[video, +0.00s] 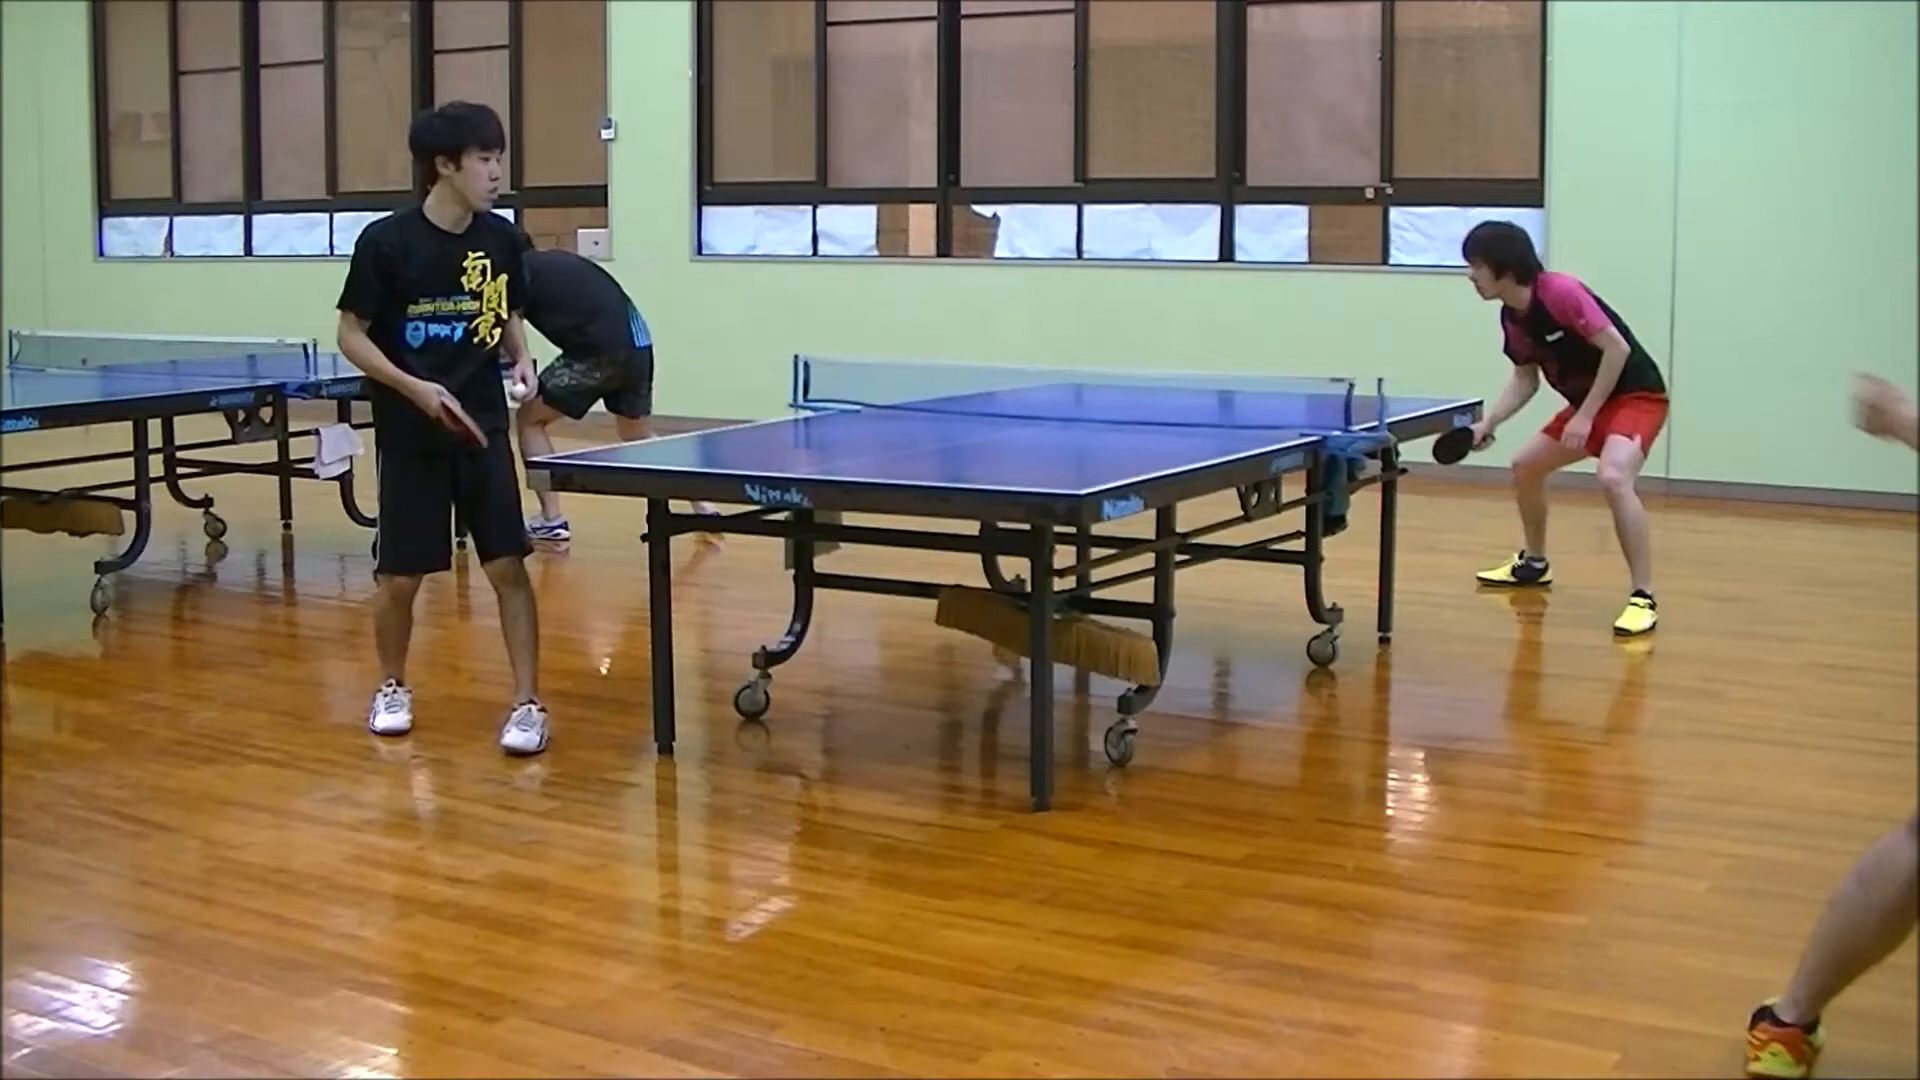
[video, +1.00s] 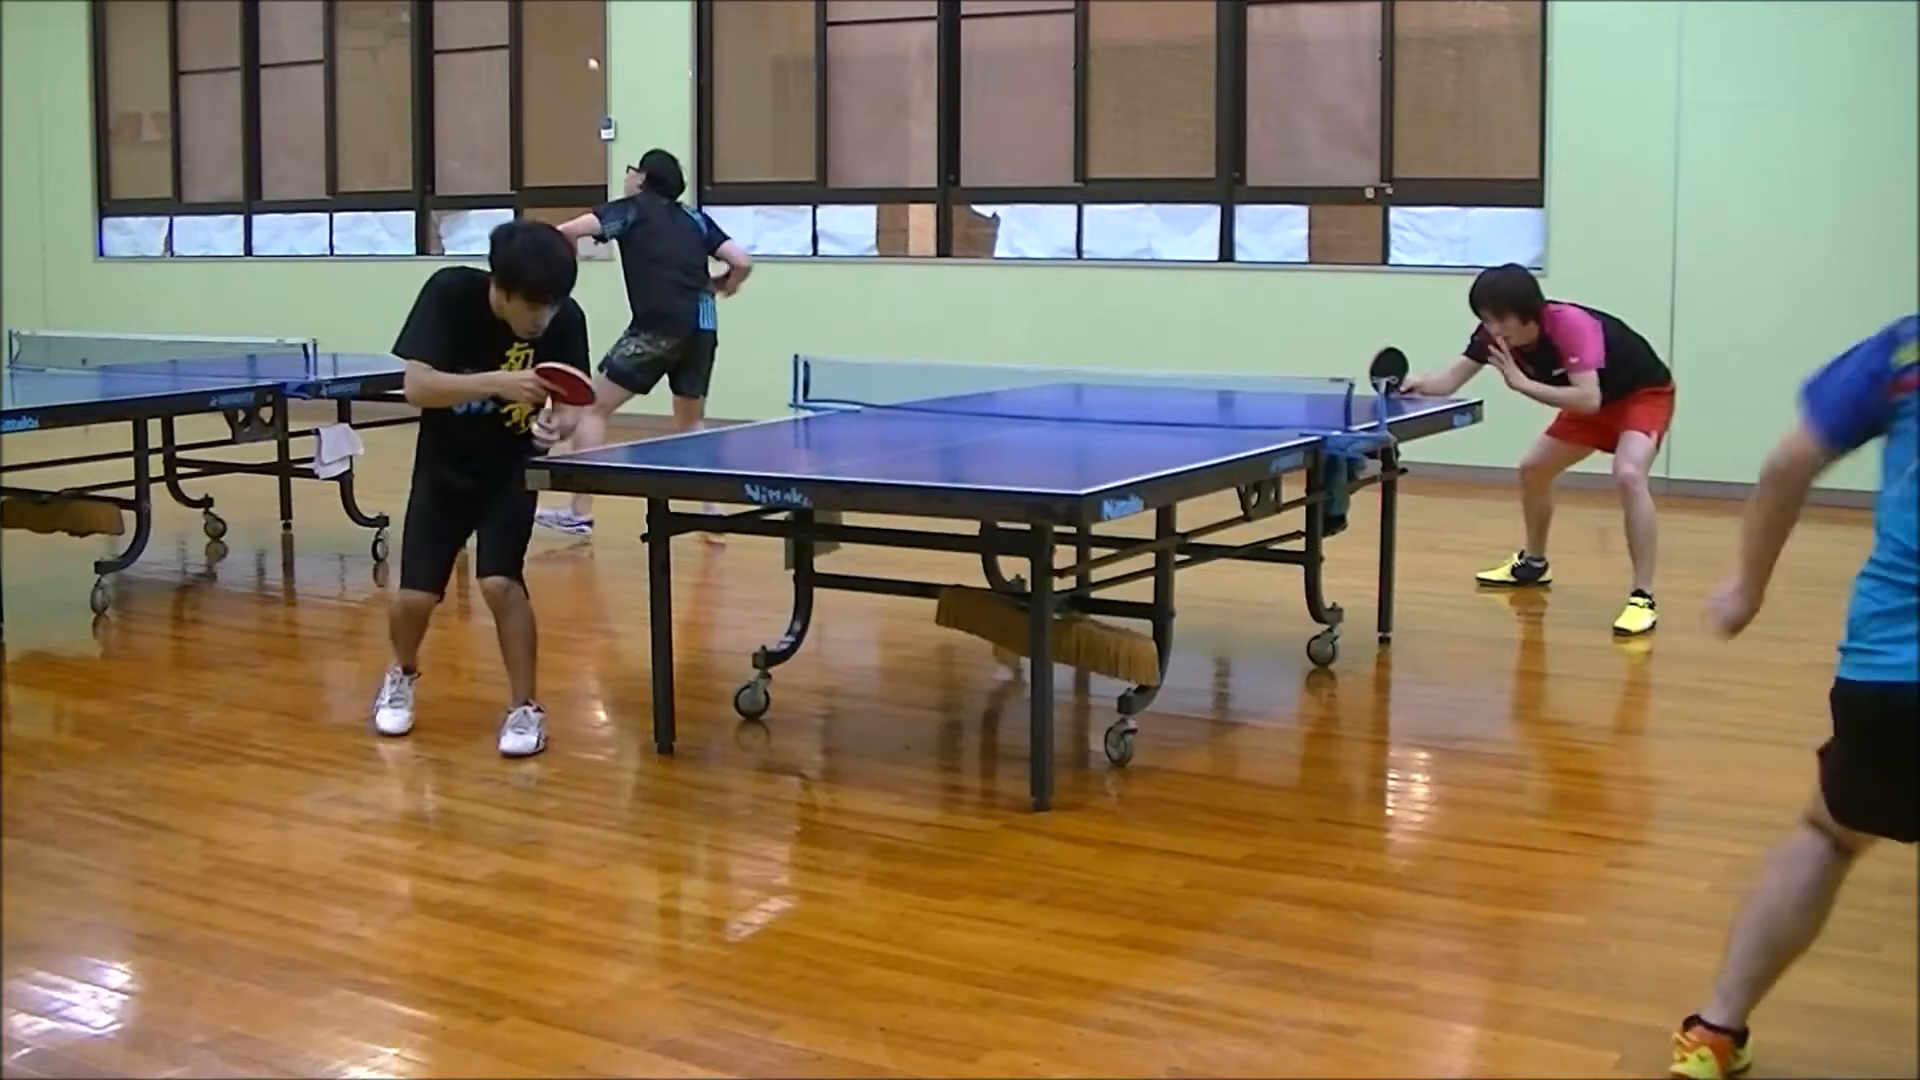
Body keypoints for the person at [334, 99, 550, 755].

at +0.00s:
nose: (498, 172)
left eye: (499, 159)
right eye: (485, 160)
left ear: (492, 164)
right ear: (443, 166)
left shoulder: (502, 237)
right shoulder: (386, 241)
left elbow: (510, 315)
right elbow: (349, 335)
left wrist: (521, 364)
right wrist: (414, 387)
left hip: (486, 429)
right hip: (411, 433)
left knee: (507, 566)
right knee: (400, 577)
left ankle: (526, 704)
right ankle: (392, 689)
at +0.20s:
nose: (512, 174)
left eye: (511, 161)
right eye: (503, 163)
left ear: (480, 167)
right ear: (463, 169)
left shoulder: (506, 235)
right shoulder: (392, 237)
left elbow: (520, 318)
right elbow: (350, 327)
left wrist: (532, 355)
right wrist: (414, 351)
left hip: (486, 432)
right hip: (413, 436)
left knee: (511, 567)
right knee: (402, 575)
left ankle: (529, 703)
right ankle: (392, 688)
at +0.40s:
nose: (513, 185)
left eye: (512, 173)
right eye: (503, 174)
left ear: (478, 180)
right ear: (464, 180)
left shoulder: (506, 238)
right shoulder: (392, 238)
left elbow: (530, 321)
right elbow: (345, 329)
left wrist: (539, 358)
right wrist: (417, 336)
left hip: (483, 435)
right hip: (410, 440)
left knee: (510, 566)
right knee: (400, 578)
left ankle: (530, 700)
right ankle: (392, 687)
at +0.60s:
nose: (515, 240)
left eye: (519, 226)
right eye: (504, 227)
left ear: (520, 221)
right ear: (465, 220)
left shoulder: (522, 276)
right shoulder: (399, 260)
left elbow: (546, 360)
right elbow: (356, 352)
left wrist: (558, 417)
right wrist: (425, 377)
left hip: (476, 446)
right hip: (403, 446)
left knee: (495, 566)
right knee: (394, 585)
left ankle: (525, 701)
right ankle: (392, 688)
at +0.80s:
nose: (523, 294)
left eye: (532, 281)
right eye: (513, 281)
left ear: (542, 268)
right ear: (479, 264)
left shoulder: (542, 308)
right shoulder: (422, 283)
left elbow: (560, 397)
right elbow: (381, 377)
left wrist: (571, 431)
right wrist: (448, 383)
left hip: (496, 461)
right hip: (423, 457)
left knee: (494, 574)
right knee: (403, 598)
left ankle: (525, 707)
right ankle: (394, 688)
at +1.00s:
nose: (544, 319)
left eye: (552, 306)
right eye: (533, 307)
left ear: (561, 292)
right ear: (498, 289)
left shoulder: (565, 320)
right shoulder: (449, 293)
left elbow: (572, 407)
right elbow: (417, 387)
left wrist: (556, 424)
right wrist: (498, 384)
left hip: (510, 467)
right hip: (443, 461)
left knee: (499, 583)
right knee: (414, 595)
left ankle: (525, 709)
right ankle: (402, 674)